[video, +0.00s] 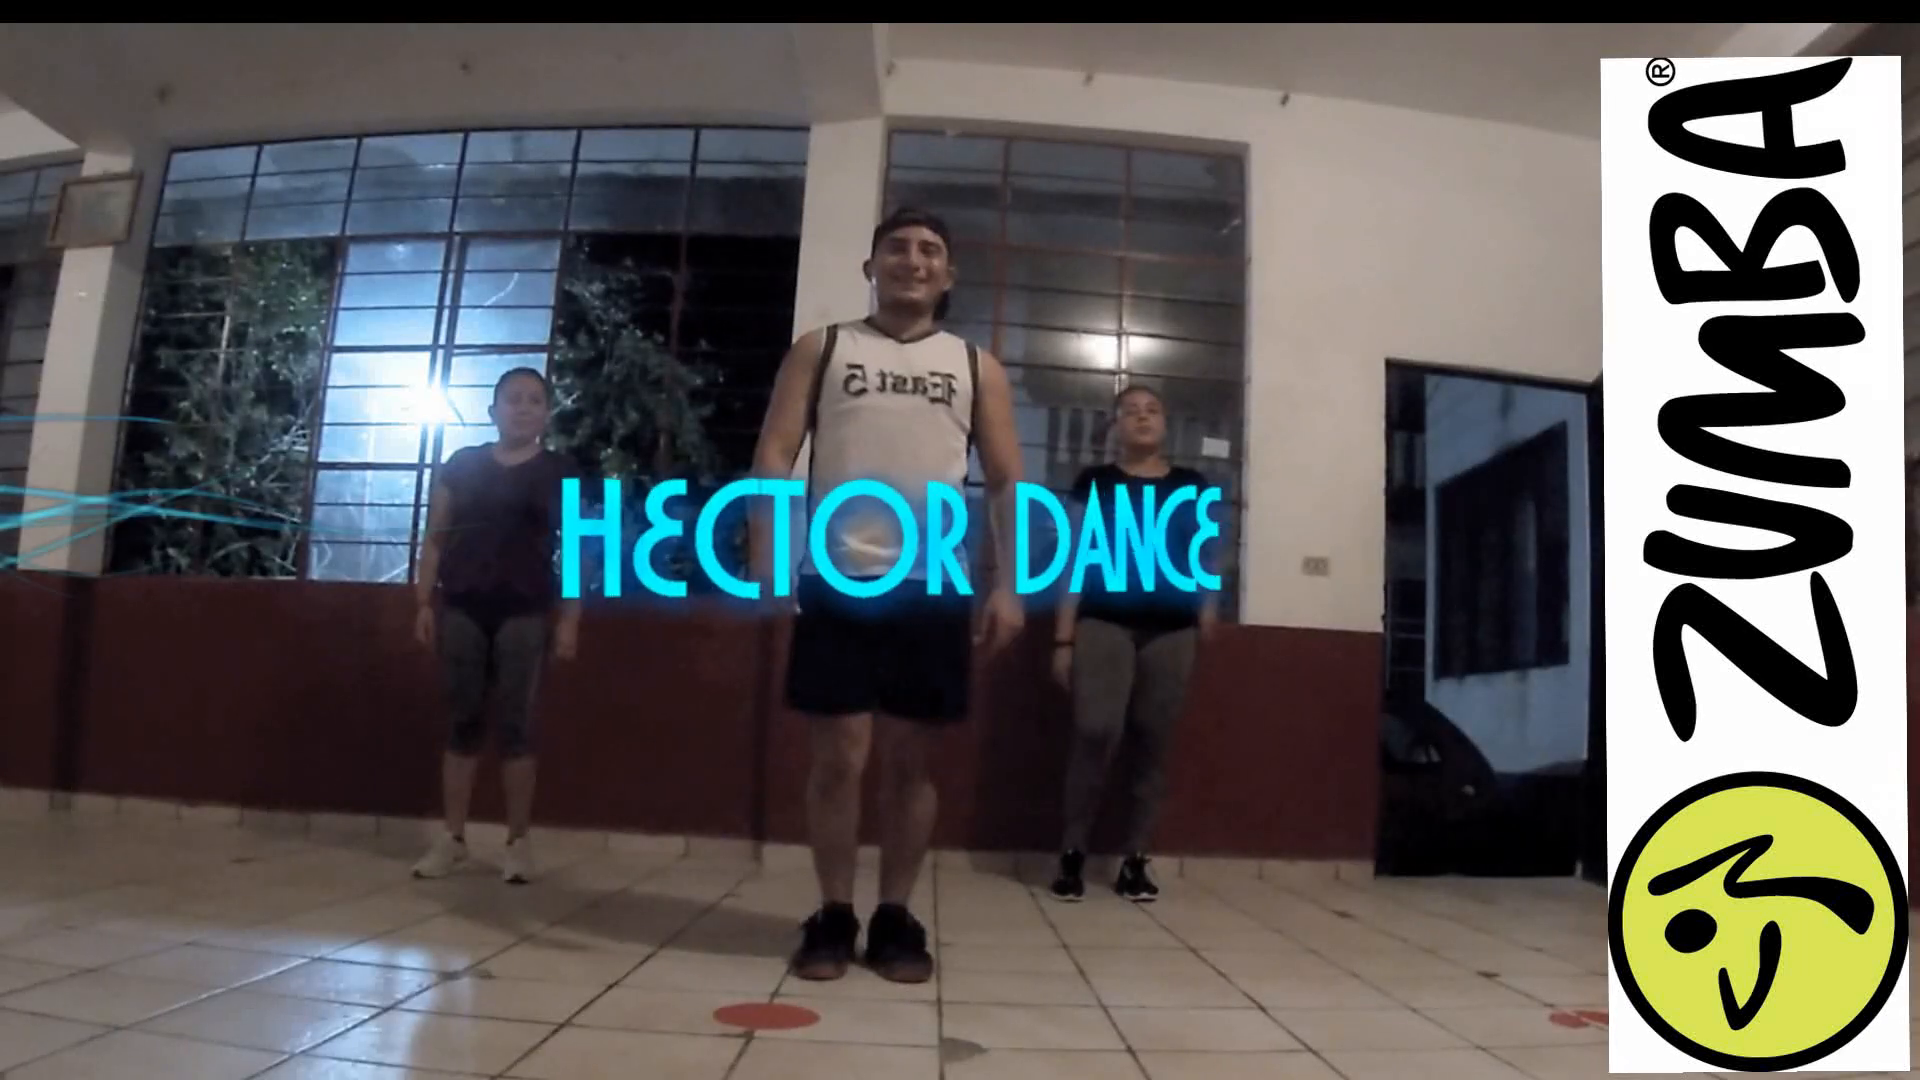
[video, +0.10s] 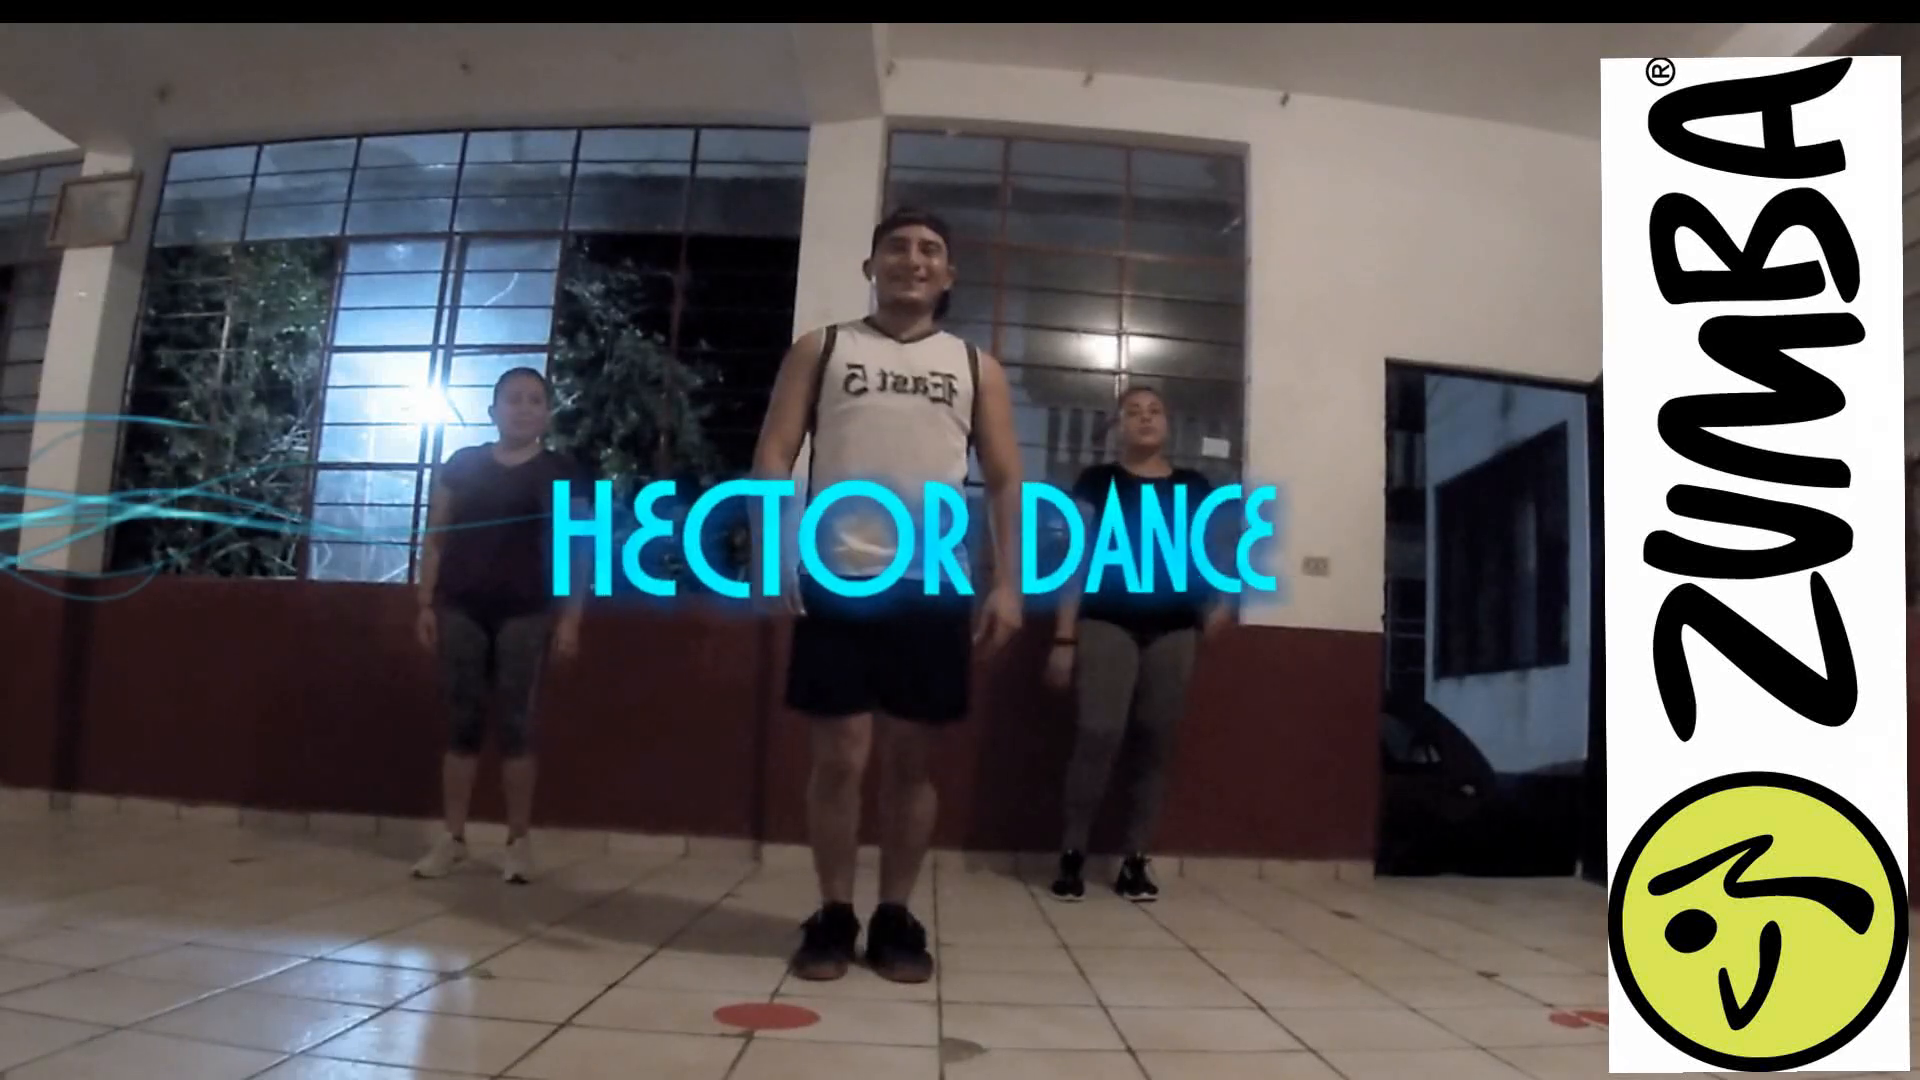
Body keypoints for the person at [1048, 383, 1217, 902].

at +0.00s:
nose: (1142, 419)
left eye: (1151, 411)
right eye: (1132, 412)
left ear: (1166, 425)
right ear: (1116, 425)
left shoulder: (1191, 485)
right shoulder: (1091, 482)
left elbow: (1206, 559)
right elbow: (1071, 565)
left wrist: (1206, 621)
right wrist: (1064, 640)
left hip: (1171, 629)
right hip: (1104, 626)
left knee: (1153, 747)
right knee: (1095, 735)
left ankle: (1136, 858)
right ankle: (1073, 853)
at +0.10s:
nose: (1145, 419)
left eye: (1154, 412)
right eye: (1135, 412)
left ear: (1168, 425)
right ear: (1118, 425)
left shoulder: (1194, 486)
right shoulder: (1094, 482)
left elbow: (1221, 549)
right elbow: (1073, 562)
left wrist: (1224, 600)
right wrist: (1064, 638)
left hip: (1174, 629)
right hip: (1107, 627)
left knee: (1157, 745)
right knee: (1097, 737)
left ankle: (1136, 858)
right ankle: (1073, 852)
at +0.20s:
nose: (1147, 420)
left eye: (1156, 412)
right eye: (1136, 413)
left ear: (1171, 425)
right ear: (1120, 427)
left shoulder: (1194, 486)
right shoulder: (1098, 481)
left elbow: (1216, 548)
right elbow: (1076, 559)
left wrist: (1227, 597)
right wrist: (1063, 634)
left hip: (1175, 629)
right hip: (1108, 626)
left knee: (1156, 745)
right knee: (1100, 734)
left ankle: (1136, 860)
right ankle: (1073, 853)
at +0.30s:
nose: (1150, 422)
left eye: (1159, 415)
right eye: (1139, 416)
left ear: (1173, 428)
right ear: (1123, 429)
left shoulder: (1196, 491)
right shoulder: (1100, 483)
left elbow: (1223, 572)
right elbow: (1079, 561)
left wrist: (1238, 648)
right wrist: (1064, 634)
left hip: (1175, 634)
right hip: (1109, 630)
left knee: (1157, 746)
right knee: (1102, 734)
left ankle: (1137, 860)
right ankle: (1076, 854)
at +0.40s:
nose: (1151, 424)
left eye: (1160, 417)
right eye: (1141, 418)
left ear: (1174, 429)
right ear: (1125, 430)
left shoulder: (1196, 492)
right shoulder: (1100, 482)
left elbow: (1220, 574)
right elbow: (1078, 560)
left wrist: (1233, 645)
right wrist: (1067, 633)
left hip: (1176, 632)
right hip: (1110, 627)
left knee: (1157, 743)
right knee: (1104, 737)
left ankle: (1137, 859)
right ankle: (1081, 855)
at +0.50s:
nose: (1151, 425)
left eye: (1159, 417)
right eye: (1141, 418)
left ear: (1174, 429)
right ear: (1124, 429)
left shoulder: (1193, 491)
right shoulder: (1099, 482)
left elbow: (1216, 575)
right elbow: (1074, 556)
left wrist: (1228, 645)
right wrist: (1077, 627)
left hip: (1175, 634)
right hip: (1110, 632)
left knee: (1155, 749)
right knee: (1104, 743)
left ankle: (1137, 860)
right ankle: (1081, 856)